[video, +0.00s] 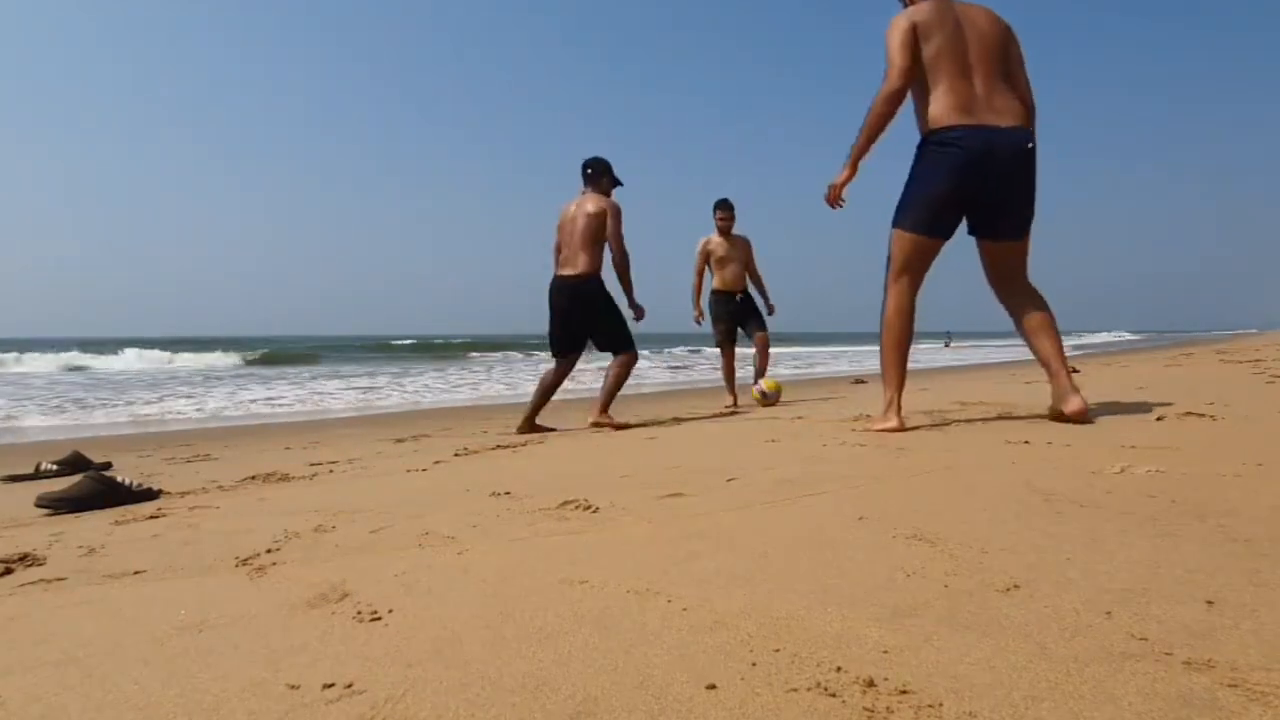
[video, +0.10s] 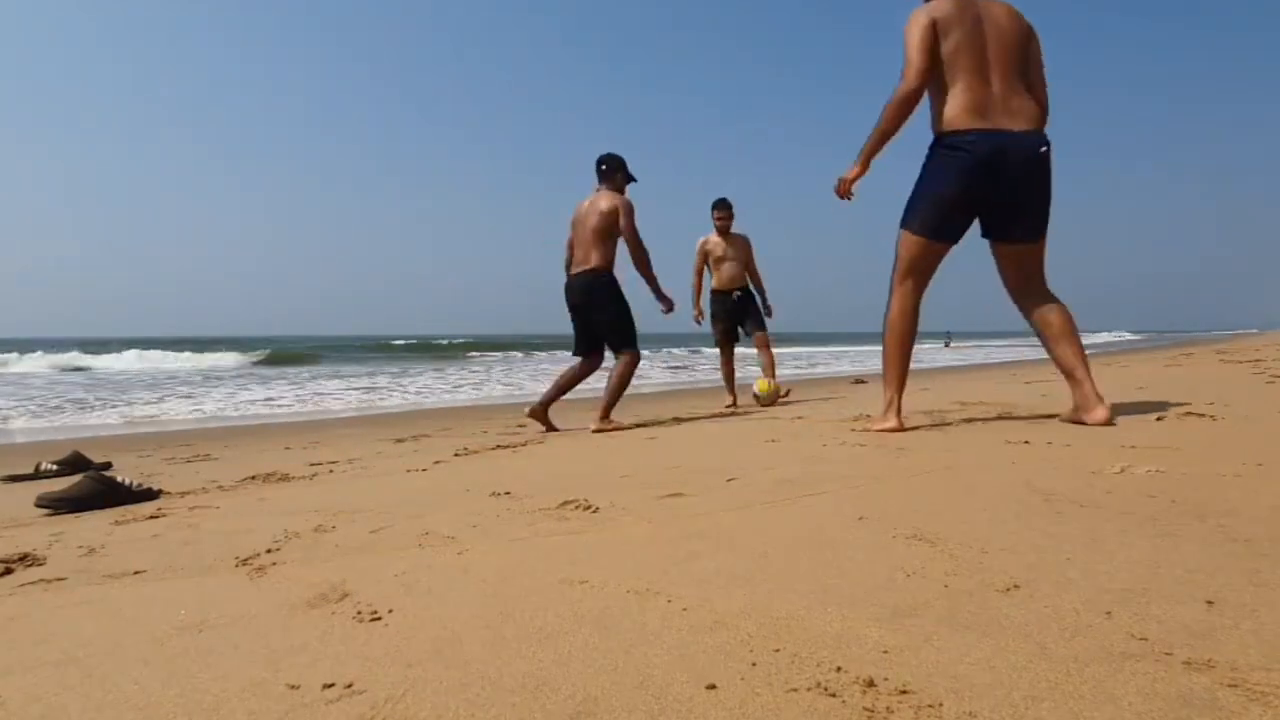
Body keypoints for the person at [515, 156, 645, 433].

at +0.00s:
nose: (613, 186)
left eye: (613, 181)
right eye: (611, 181)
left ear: (587, 179)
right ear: (600, 179)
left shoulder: (568, 208)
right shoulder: (608, 206)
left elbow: (559, 250)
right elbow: (618, 254)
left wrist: (561, 282)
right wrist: (631, 299)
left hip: (560, 286)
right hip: (588, 286)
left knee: (566, 359)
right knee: (627, 354)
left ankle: (528, 420)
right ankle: (600, 413)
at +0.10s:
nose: (627, 184)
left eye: (627, 179)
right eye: (624, 178)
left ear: (602, 175)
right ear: (611, 174)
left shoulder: (582, 207)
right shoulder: (619, 202)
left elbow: (570, 252)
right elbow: (636, 250)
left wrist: (574, 282)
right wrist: (658, 292)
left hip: (575, 284)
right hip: (600, 282)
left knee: (591, 359)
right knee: (629, 354)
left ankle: (542, 406)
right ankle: (603, 418)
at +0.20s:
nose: (638, 186)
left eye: (638, 181)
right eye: (636, 181)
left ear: (613, 178)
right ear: (623, 177)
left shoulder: (592, 212)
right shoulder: (633, 207)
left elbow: (575, 260)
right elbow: (657, 250)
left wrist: (581, 299)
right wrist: (683, 283)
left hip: (585, 283)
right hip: (612, 282)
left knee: (614, 348)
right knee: (631, 354)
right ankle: (603, 417)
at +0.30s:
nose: (643, 186)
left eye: (643, 181)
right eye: (641, 181)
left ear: (618, 179)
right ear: (629, 177)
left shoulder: (598, 211)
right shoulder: (642, 205)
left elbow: (580, 257)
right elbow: (666, 245)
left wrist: (589, 295)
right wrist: (689, 275)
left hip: (601, 282)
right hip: (628, 277)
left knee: (630, 341)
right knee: (628, 344)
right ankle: (606, 407)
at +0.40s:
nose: (648, 189)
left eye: (647, 184)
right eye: (645, 184)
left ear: (623, 183)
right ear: (635, 182)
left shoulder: (602, 216)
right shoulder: (646, 210)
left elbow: (589, 261)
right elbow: (669, 248)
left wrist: (600, 296)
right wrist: (692, 278)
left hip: (613, 283)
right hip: (640, 277)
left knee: (649, 345)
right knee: (655, 342)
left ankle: (659, 404)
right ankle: (632, 386)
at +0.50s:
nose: (653, 194)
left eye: (652, 189)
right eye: (650, 189)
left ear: (629, 188)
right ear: (640, 188)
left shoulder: (609, 219)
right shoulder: (650, 215)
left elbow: (592, 259)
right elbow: (670, 255)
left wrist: (608, 290)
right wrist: (694, 283)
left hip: (619, 290)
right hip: (645, 285)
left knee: (651, 349)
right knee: (685, 343)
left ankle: (660, 408)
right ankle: (667, 378)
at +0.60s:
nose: (657, 193)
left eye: (656, 188)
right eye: (654, 188)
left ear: (633, 187)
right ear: (642, 186)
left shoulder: (612, 216)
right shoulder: (653, 213)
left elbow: (589, 253)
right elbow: (670, 253)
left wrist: (609, 282)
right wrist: (694, 282)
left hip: (621, 287)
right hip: (646, 282)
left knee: (653, 340)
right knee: (695, 328)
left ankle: (652, 397)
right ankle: (697, 393)